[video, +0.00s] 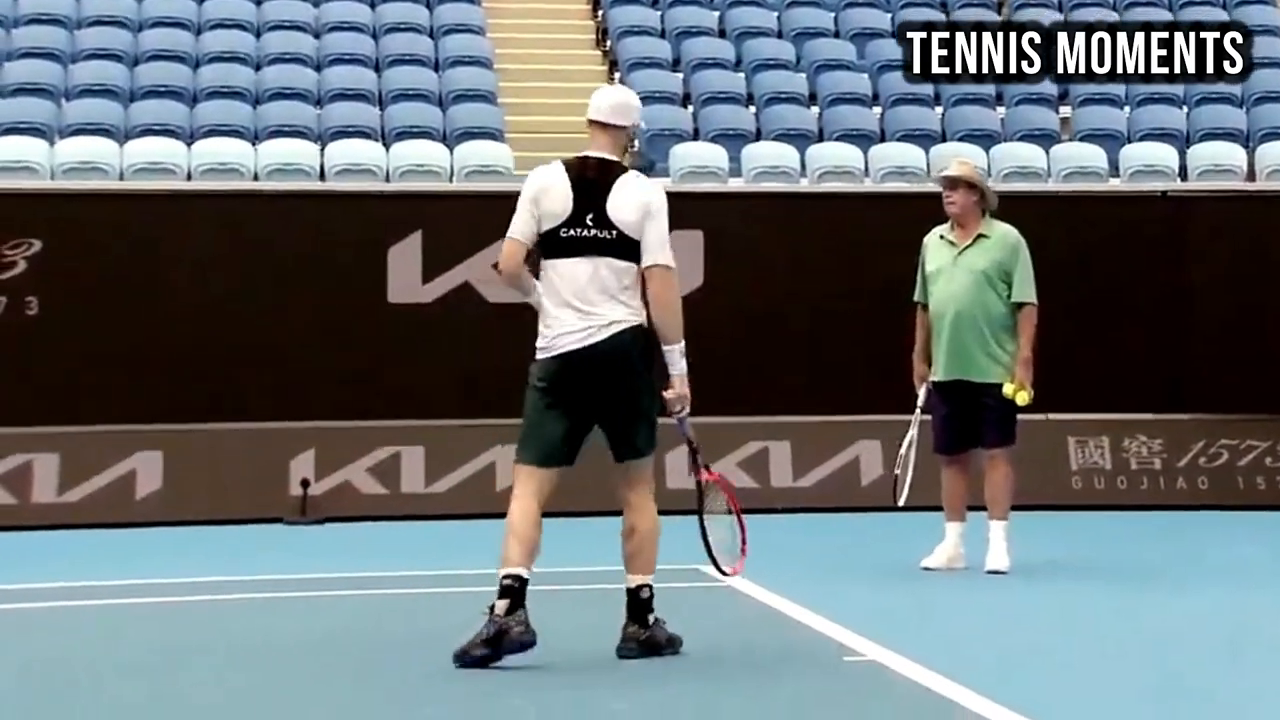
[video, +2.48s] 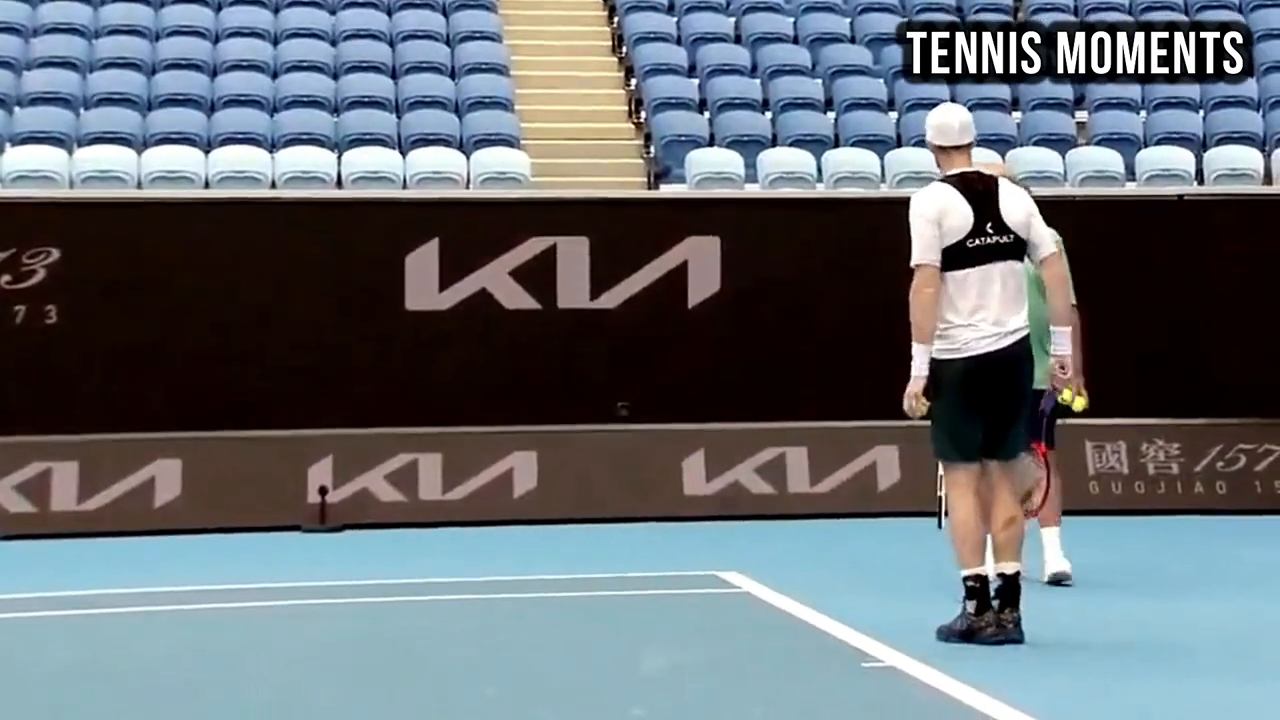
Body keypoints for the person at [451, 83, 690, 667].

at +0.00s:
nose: (622, 138)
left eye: (603, 124)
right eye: (631, 131)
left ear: (586, 125)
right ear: (633, 133)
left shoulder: (542, 180)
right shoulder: (646, 192)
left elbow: (510, 263)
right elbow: (659, 283)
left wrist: (545, 292)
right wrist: (677, 368)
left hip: (557, 359)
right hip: (627, 357)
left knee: (528, 489)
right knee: (638, 488)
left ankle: (508, 613)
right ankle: (640, 622)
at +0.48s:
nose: (762, 148)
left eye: (761, 138)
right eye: (762, 139)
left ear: (715, 132)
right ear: (753, 138)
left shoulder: (667, 185)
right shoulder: (746, 189)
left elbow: (633, 267)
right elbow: (747, 276)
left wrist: (621, 344)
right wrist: (775, 351)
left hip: (663, 348)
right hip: (712, 345)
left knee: (713, 477)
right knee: (701, 486)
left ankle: (729, 607)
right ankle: (666, 619)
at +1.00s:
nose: (844, 157)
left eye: (837, 150)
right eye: (844, 150)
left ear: (800, 152)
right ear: (841, 152)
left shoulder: (766, 202)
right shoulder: (845, 197)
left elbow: (741, 283)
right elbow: (859, 279)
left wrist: (751, 360)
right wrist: (881, 361)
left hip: (778, 360)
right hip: (829, 353)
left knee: (809, 488)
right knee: (851, 485)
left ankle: (818, 611)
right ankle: (790, 584)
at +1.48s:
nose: (892, 164)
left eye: (881, 157)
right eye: (900, 155)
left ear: (872, 162)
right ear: (914, 159)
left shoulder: (853, 209)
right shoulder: (950, 206)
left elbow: (835, 289)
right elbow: (987, 282)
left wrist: (833, 358)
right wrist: (990, 360)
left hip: (878, 374)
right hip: (943, 369)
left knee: (852, 490)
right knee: (972, 485)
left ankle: (825, 612)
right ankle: (1007, 610)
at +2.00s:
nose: (951, 164)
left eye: (943, 157)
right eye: (961, 153)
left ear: (939, 157)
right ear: (980, 151)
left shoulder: (931, 207)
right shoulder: (1020, 204)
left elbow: (919, 293)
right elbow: (1058, 287)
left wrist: (906, 351)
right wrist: (1066, 362)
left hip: (951, 370)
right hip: (1010, 367)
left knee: (936, 482)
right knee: (1006, 485)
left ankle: (959, 602)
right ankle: (1012, 616)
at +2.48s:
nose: (943, 154)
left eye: (935, 148)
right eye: (958, 143)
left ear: (931, 148)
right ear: (974, 142)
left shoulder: (929, 203)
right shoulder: (1014, 195)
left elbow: (926, 285)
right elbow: (1055, 270)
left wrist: (919, 366)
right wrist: (1062, 350)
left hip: (959, 364)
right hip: (1013, 359)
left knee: (961, 481)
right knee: (1005, 479)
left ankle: (977, 609)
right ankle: (1007, 610)